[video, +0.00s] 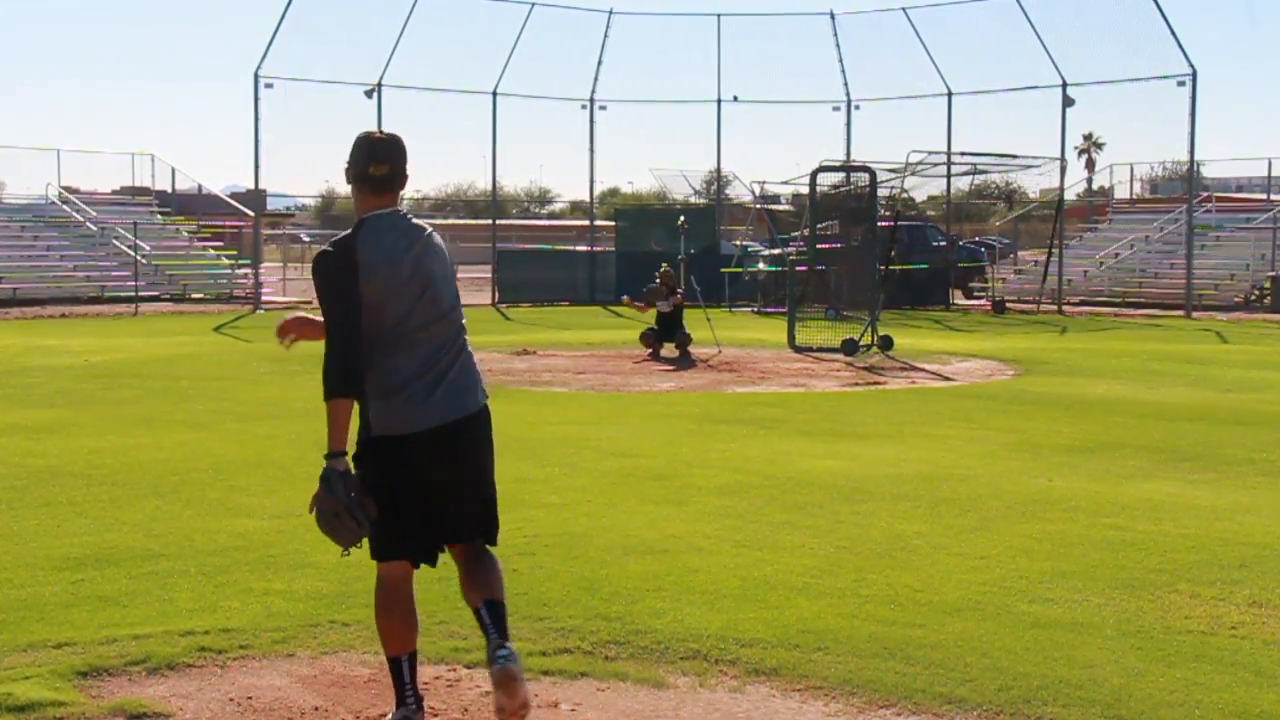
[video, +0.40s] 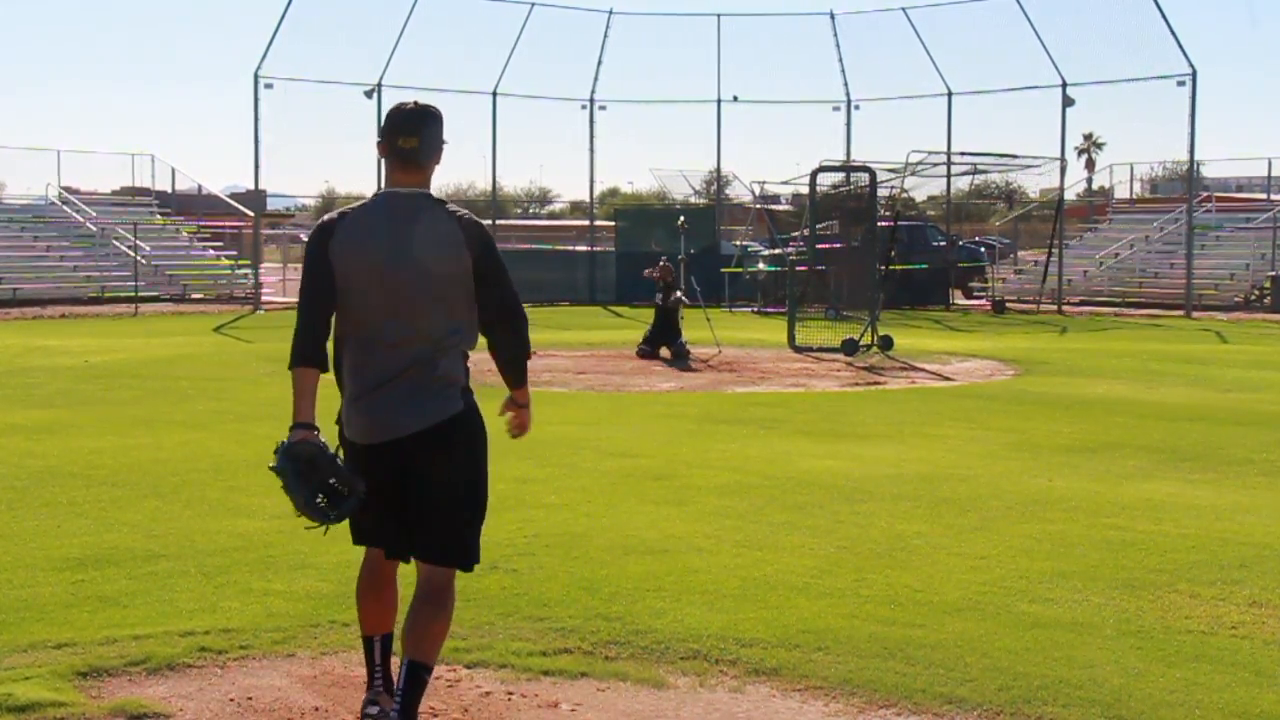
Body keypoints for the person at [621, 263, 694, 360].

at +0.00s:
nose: (666, 280)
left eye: (669, 277)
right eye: (663, 277)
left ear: (673, 278)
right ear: (659, 278)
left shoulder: (678, 292)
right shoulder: (657, 294)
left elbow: (678, 300)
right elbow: (644, 308)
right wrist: (631, 303)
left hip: (676, 330)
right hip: (661, 330)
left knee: (684, 337)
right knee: (646, 336)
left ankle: (683, 350)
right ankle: (656, 348)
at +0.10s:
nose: (665, 279)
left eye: (668, 276)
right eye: (662, 276)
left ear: (672, 277)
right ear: (659, 277)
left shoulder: (677, 291)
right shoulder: (656, 291)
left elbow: (678, 296)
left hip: (676, 329)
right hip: (660, 329)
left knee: (682, 341)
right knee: (645, 340)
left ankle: (684, 352)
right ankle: (654, 350)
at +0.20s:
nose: (662, 278)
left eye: (665, 275)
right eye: (660, 275)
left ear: (671, 276)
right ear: (658, 275)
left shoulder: (674, 288)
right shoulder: (659, 288)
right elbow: (651, 290)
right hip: (660, 329)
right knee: (644, 343)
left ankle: (685, 354)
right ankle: (654, 350)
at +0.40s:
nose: (660, 275)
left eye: (663, 272)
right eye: (660, 272)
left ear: (670, 274)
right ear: (659, 274)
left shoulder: (675, 289)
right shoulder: (660, 286)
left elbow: (676, 297)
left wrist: (677, 299)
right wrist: (654, 273)